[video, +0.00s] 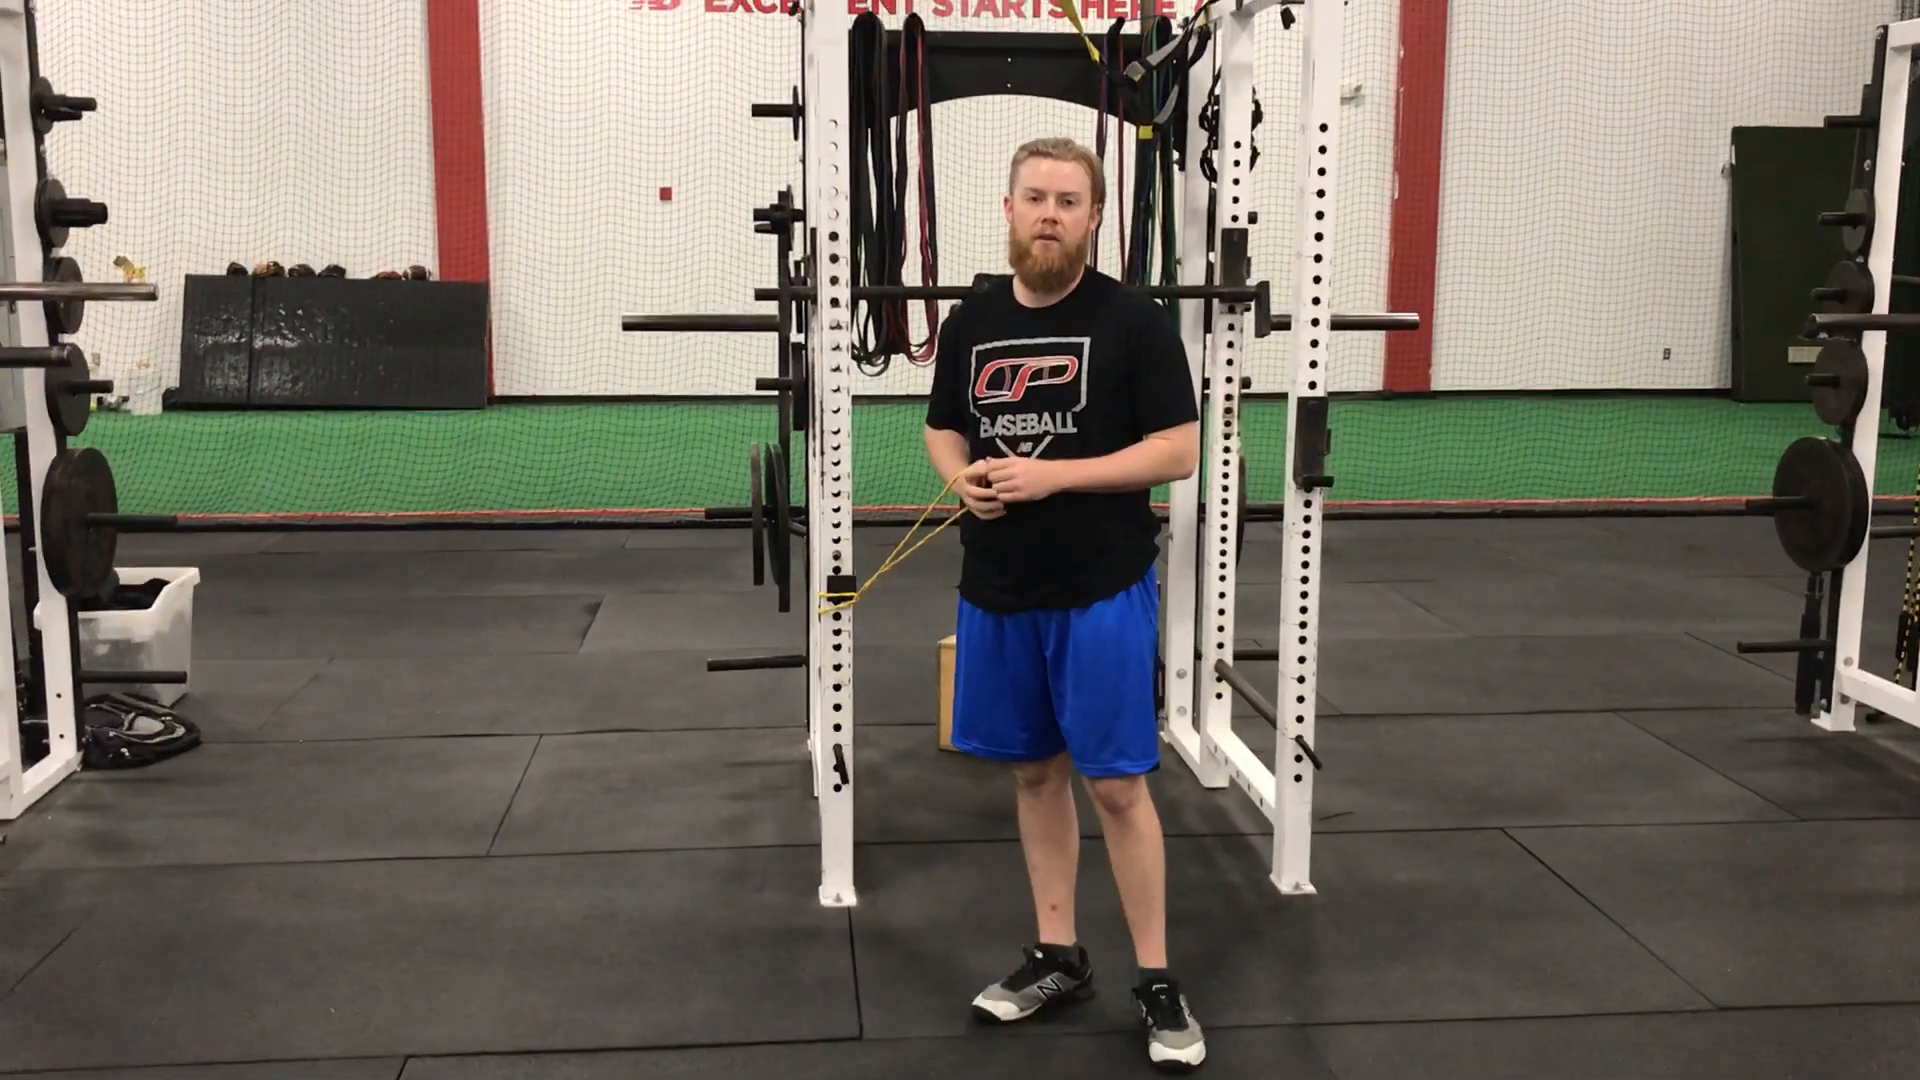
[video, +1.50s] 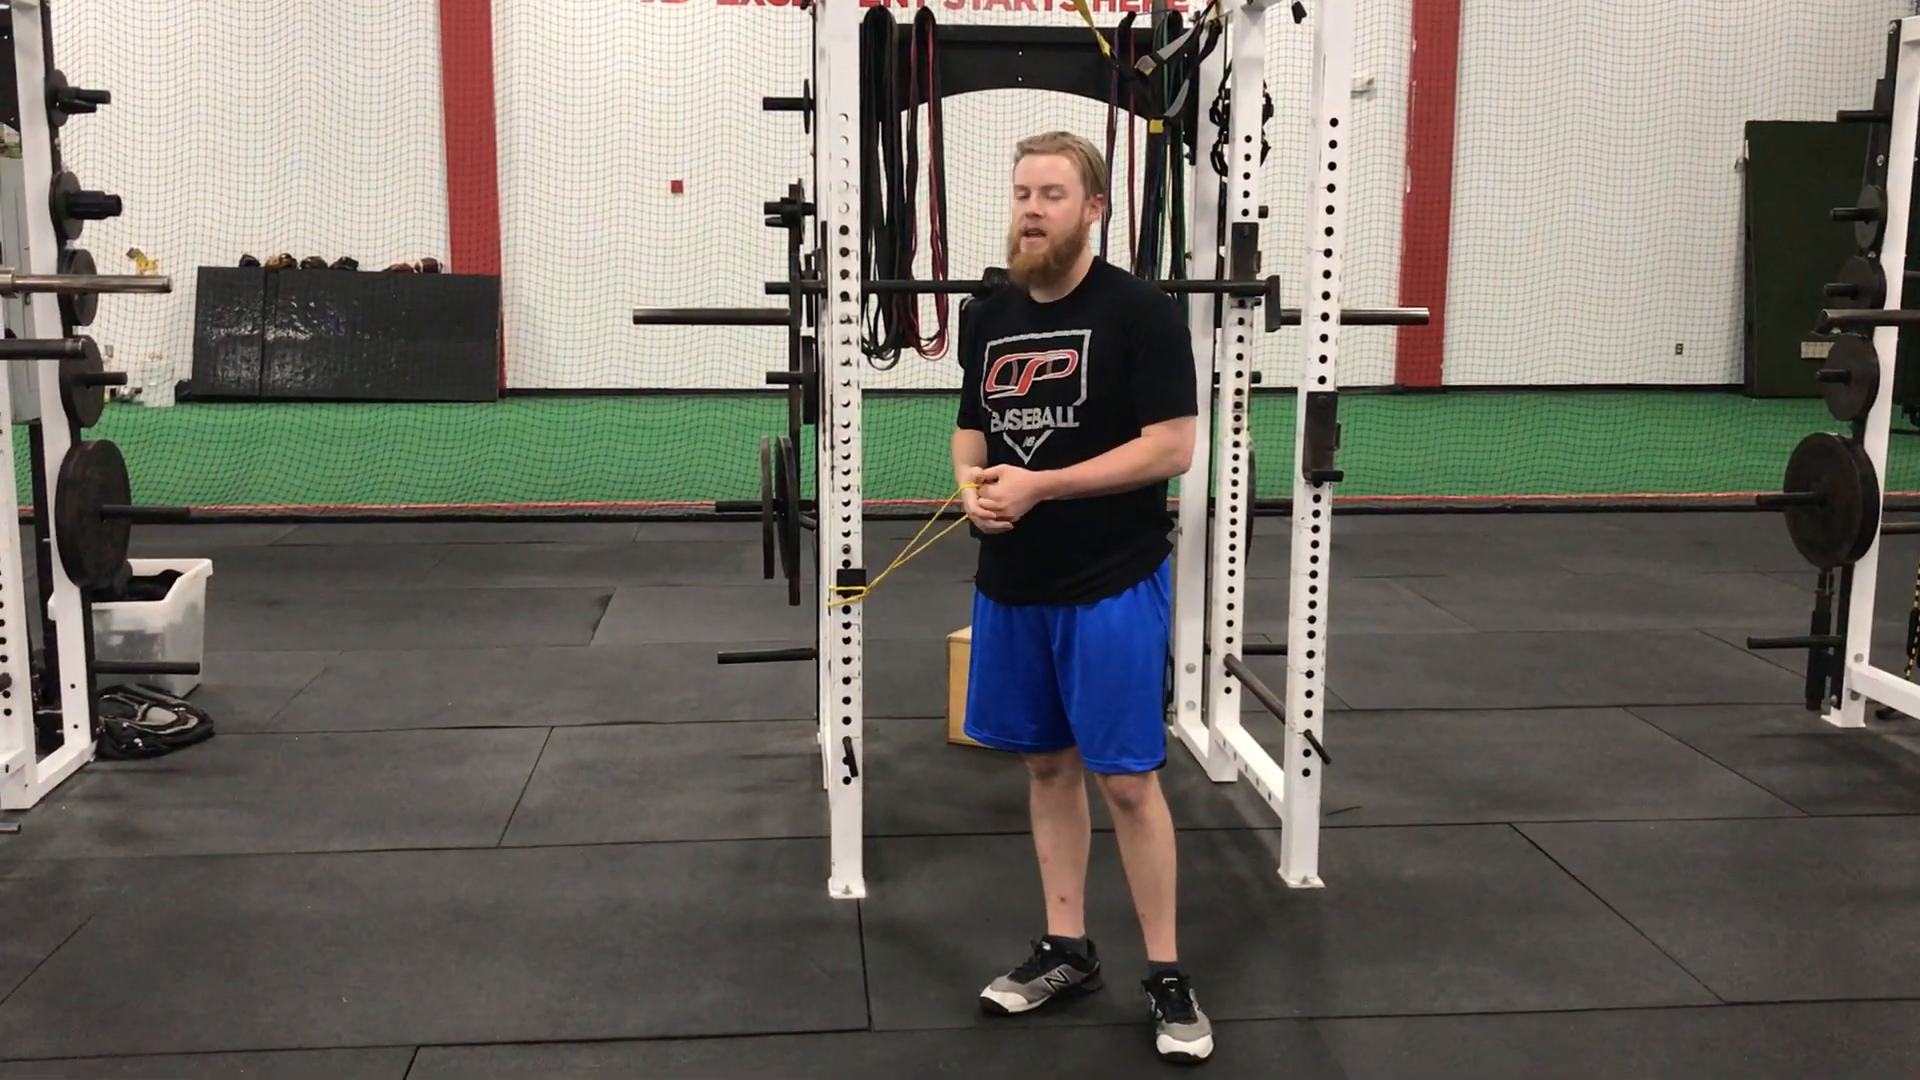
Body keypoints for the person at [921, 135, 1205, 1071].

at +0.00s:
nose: (1050, 214)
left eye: (1068, 201)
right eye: (1035, 197)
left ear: (1094, 218)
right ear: (1007, 210)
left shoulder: (1134, 321)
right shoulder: (972, 320)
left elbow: (1178, 450)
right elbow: (941, 430)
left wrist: (1055, 473)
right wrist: (965, 479)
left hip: (1105, 592)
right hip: (1002, 592)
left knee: (1117, 787)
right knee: (1036, 775)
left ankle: (1155, 981)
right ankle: (1057, 956)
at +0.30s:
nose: (1042, 222)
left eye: (1060, 207)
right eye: (1028, 206)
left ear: (1092, 223)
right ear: (1005, 220)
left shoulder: (1135, 323)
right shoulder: (976, 325)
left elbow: (1183, 454)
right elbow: (948, 440)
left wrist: (1056, 482)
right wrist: (972, 485)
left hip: (1109, 596)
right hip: (1007, 597)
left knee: (1121, 793)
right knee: (1039, 781)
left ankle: (1159, 986)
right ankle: (1059, 962)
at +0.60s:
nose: (1022, 226)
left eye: (1042, 211)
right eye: (1013, 211)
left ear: (1087, 223)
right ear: (999, 223)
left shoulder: (1136, 327)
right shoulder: (977, 328)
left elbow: (1182, 457)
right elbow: (950, 445)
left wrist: (1055, 487)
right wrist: (973, 487)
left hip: (1112, 600)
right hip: (1008, 601)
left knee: (1125, 796)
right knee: (1041, 783)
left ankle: (1161, 989)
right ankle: (1061, 963)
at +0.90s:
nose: (1000, 227)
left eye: (1019, 210)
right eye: (996, 212)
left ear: (1072, 219)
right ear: (994, 223)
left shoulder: (1131, 321)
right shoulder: (979, 324)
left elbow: (1179, 453)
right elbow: (952, 439)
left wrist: (1045, 492)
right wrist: (964, 484)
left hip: (1107, 600)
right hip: (1005, 600)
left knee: (1123, 795)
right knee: (1040, 781)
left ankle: (1160, 987)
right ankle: (1061, 962)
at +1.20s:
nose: (1001, 221)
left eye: (1019, 204)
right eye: (998, 205)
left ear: (1074, 213)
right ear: (999, 217)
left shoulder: (1131, 315)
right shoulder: (985, 318)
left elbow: (1171, 448)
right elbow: (959, 433)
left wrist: (1039, 494)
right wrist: (968, 481)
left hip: (1108, 593)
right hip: (1010, 592)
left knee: (1124, 789)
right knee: (1043, 775)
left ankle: (1162, 982)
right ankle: (1063, 957)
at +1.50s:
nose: (1029, 209)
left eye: (1049, 195)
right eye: (1021, 194)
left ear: (1093, 209)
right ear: (1007, 208)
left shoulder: (1140, 310)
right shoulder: (988, 314)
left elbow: (1174, 444)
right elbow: (969, 430)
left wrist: (1041, 483)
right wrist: (973, 485)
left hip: (1115, 586)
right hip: (1015, 586)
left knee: (1129, 782)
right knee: (1048, 769)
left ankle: (1167, 977)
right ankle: (1066, 950)